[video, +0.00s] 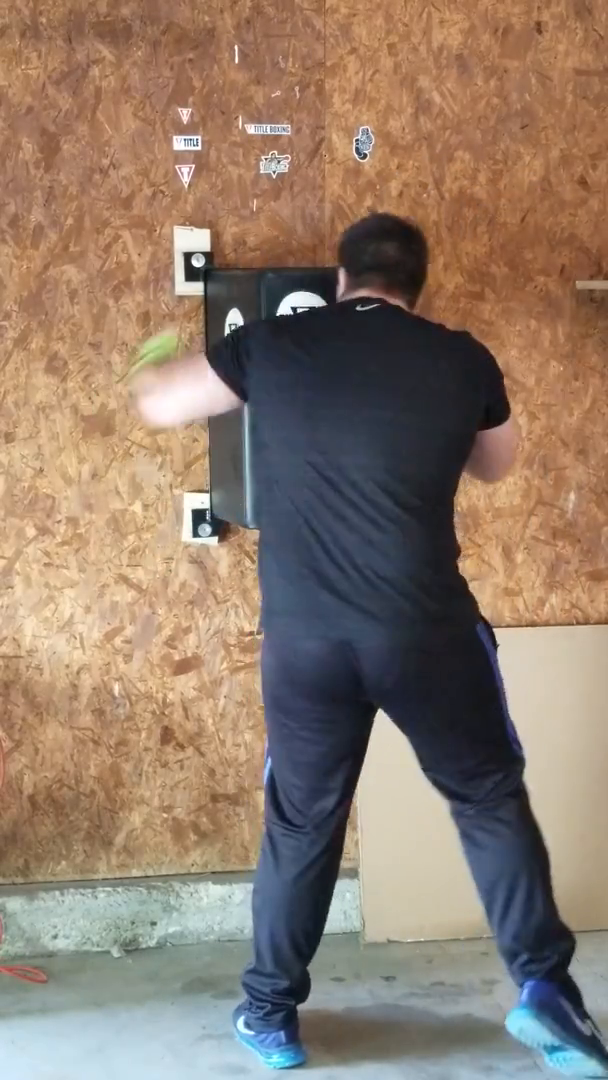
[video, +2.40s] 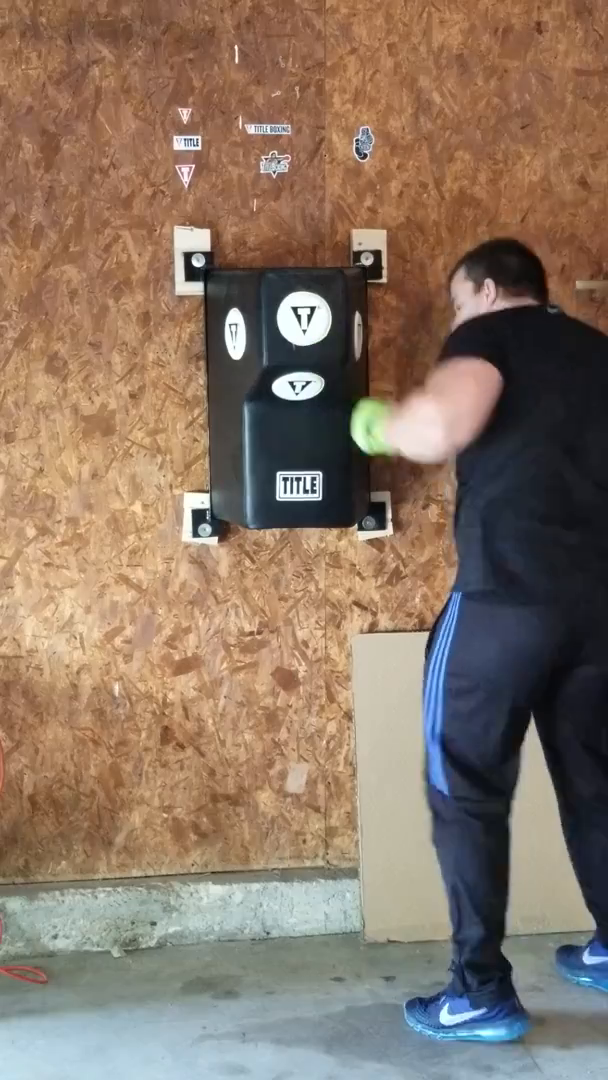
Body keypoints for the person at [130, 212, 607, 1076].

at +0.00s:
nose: (347, 288)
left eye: (340, 277)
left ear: (338, 279)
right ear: (417, 288)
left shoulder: (272, 343)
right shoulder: (462, 358)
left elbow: (158, 402)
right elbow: (494, 463)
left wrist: (159, 358)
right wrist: (425, 412)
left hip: (303, 635)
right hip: (424, 633)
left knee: (300, 821)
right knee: (488, 796)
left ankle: (269, 1012)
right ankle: (544, 986)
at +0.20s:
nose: (380, 287)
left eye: (378, 276)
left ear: (381, 281)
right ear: (462, 292)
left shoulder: (316, 346)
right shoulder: (491, 363)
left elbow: (230, 452)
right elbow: (533, 487)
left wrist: (282, 392)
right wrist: (471, 431)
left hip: (328, 626)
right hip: (447, 628)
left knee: (310, 816)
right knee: (521, 804)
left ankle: (268, 1011)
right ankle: (586, 995)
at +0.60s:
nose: (409, 324)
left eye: (405, 315)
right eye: (404, 315)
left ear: (422, 297)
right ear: (493, 280)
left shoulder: (432, 346)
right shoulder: (587, 348)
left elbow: (360, 466)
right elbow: (580, 461)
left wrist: (368, 409)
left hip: (463, 611)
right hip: (577, 616)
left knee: (417, 805)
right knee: (565, 818)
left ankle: (405, 993)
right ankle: (587, 1020)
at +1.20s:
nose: (414, 394)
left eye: (410, 382)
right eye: (407, 384)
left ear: (436, 372)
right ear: (470, 329)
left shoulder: (520, 405)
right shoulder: (549, 365)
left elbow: (457, 532)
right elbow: (487, 480)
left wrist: (414, 450)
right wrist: (435, 428)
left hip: (561, 628)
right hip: (589, 618)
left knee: (486, 798)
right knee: (603, 778)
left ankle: (494, 999)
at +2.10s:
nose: (406, 319)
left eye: (408, 301)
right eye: (403, 304)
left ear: (446, 292)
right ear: (471, 289)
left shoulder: (500, 347)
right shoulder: (533, 344)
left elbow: (536, 459)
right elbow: (499, 468)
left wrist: (425, 456)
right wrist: (429, 415)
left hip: (513, 612)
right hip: (575, 605)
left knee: (469, 798)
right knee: (557, 749)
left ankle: (489, 997)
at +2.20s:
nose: (427, 303)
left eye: (431, 288)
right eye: (425, 291)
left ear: (470, 276)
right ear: (510, 278)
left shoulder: (478, 327)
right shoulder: (584, 350)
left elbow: (429, 392)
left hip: (501, 606)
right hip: (592, 601)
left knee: (482, 801)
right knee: (565, 730)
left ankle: (489, 995)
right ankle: (607, 895)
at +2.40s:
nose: (455, 314)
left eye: (458, 299)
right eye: (454, 302)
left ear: (485, 288)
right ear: (535, 290)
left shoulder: (488, 335)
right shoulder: (595, 348)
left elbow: (437, 431)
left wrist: (380, 419)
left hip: (506, 602)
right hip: (595, 605)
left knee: (466, 792)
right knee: (591, 784)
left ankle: (480, 990)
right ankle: (606, 944)